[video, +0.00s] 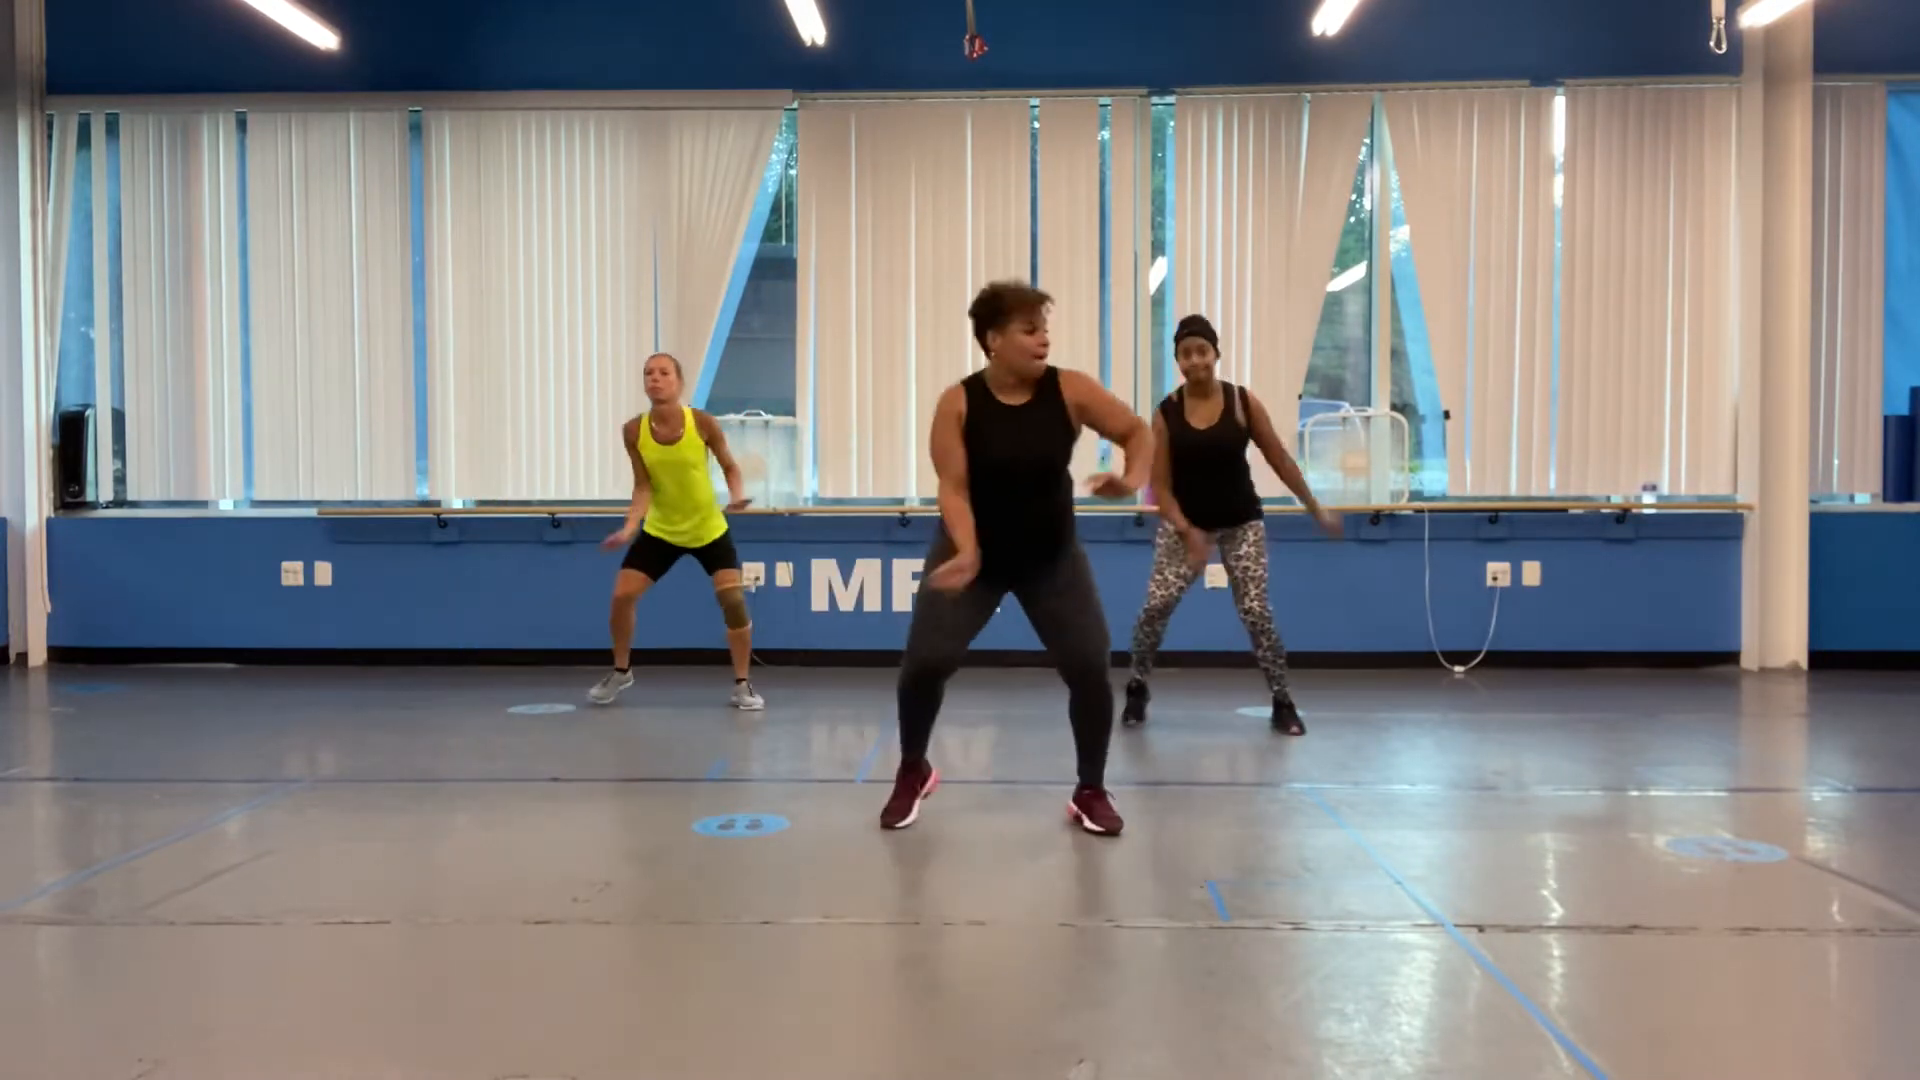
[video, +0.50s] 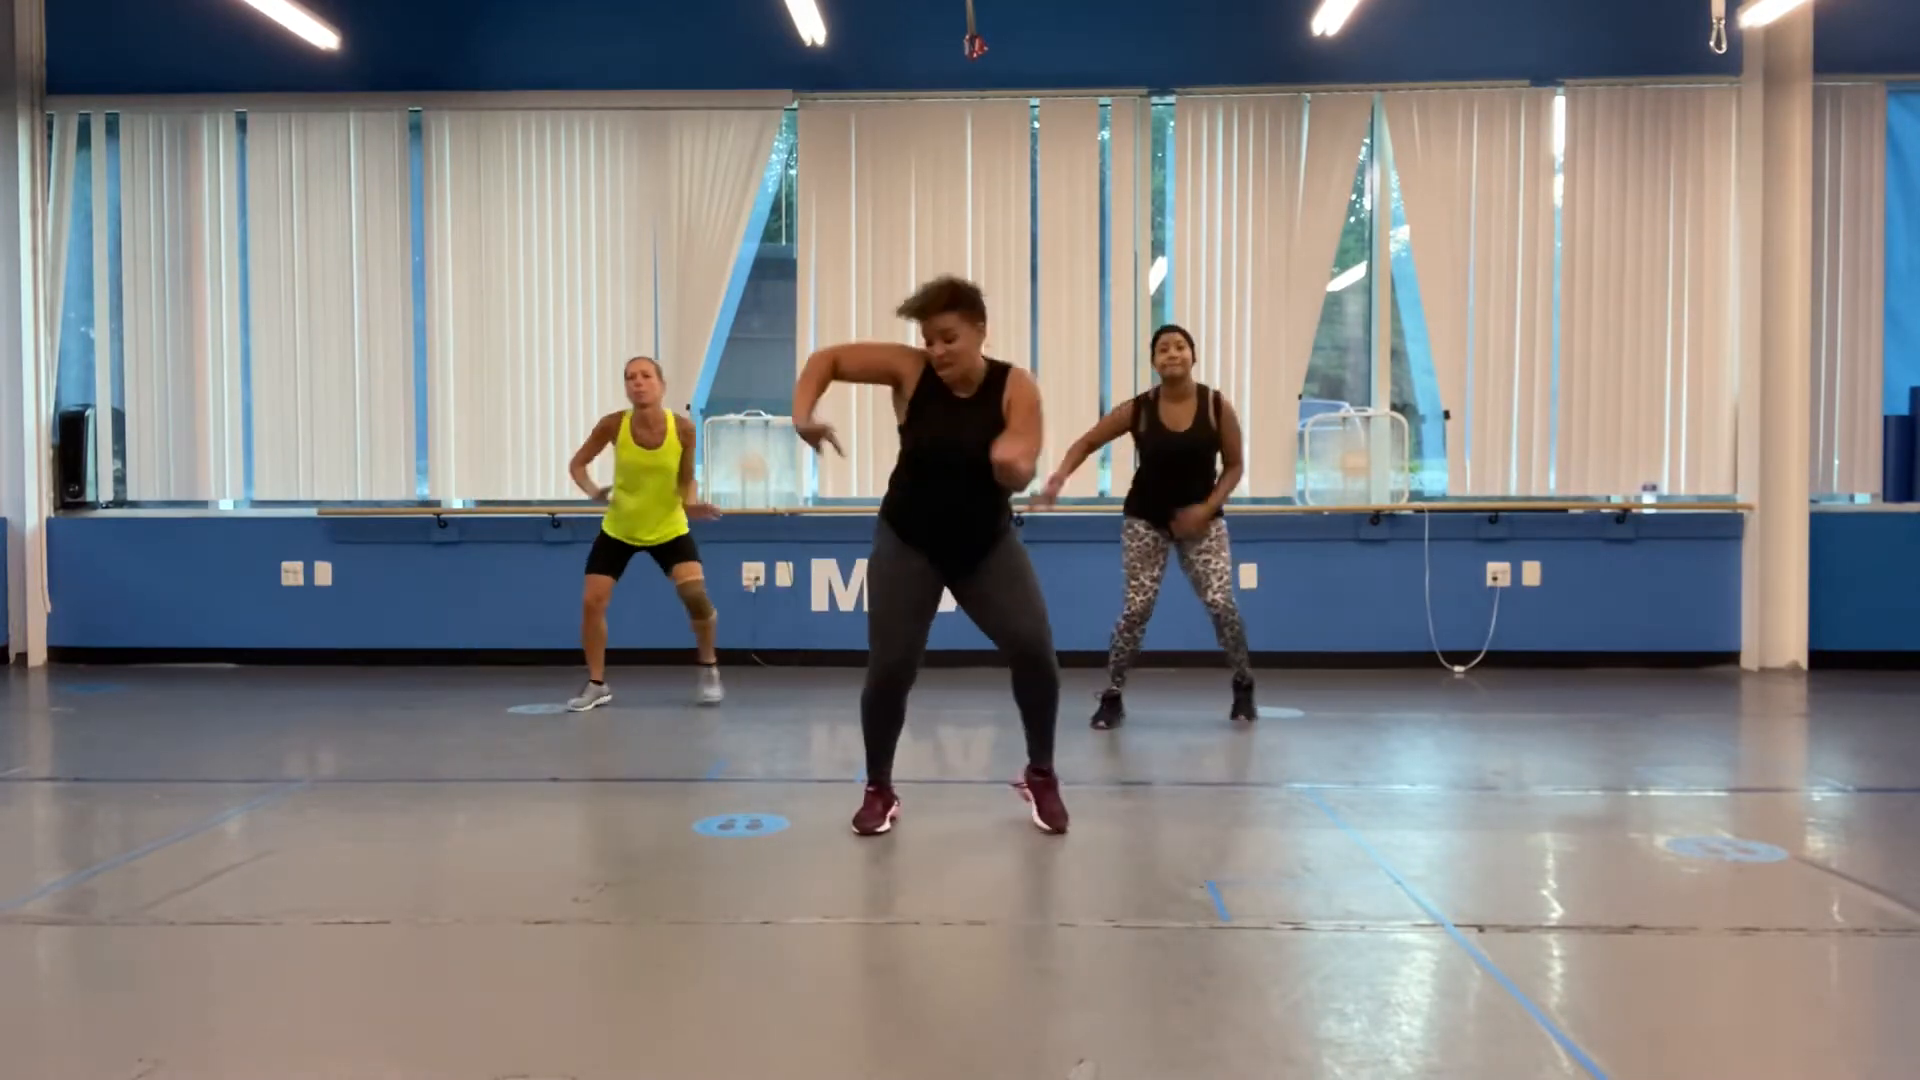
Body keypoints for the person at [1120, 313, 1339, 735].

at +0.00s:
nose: (1194, 360)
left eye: (1201, 352)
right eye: (1186, 354)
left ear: (1216, 355)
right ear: (1178, 361)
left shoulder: (1243, 403)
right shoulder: (1166, 415)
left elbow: (1279, 460)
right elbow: (1160, 486)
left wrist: (1315, 508)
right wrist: (1185, 531)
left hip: (1240, 524)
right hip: (1184, 524)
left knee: (1254, 610)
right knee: (1156, 606)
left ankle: (1283, 702)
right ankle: (1136, 689)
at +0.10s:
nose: (1181, 353)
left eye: (1189, 346)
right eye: (1173, 346)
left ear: (1203, 351)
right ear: (1163, 354)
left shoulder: (1225, 400)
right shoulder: (1145, 407)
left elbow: (1268, 440)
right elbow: (1141, 476)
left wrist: (1319, 477)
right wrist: (1196, 483)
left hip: (1222, 517)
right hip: (1165, 520)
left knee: (1245, 603)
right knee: (1143, 600)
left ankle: (1285, 698)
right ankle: (1118, 688)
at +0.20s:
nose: (1169, 362)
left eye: (1177, 355)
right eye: (1162, 355)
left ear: (1190, 363)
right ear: (1150, 362)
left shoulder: (1206, 410)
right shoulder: (1128, 412)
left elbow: (1254, 444)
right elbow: (1116, 477)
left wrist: (1309, 473)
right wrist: (1168, 457)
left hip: (1204, 523)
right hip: (1148, 526)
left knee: (1227, 609)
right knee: (1131, 610)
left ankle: (1283, 678)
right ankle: (1113, 698)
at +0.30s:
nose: (1160, 369)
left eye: (1169, 363)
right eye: (1153, 363)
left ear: (1182, 371)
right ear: (1143, 371)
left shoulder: (1200, 421)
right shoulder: (1121, 421)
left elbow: (1241, 465)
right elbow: (1088, 476)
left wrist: (1287, 503)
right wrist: (1134, 478)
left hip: (1195, 531)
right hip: (1139, 533)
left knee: (1209, 613)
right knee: (1125, 612)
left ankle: (1254, 672)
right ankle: (1113, 700)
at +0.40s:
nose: (1162, 365)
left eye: (1171, 358)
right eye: (1154, 359)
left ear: (1183, 367)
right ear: (1145, 368)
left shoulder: (1204, 419)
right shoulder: (1124, 419)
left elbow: (1232, 473)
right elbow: (1074, 456)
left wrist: (1250, 525)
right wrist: (1087, 502)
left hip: (1195, 532)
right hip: (1139, 531)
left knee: (1208, 616)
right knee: (1128, 612)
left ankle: (1233, 694)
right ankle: (1112, 698)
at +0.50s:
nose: (1172, 354)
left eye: (1180, 347)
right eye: (1163, 350)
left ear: (1193, 356)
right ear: (1153, 362)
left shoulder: (1217, 407)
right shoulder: (1136, 410)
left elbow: (1234, 466)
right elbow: (1086, 444)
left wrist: (1207, 509)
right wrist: (1059, 476)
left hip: (1199, 519)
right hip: (1145, 520)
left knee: (1220, 603)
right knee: (1137, 608)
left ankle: (1244, 687)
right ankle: (1112, 696)